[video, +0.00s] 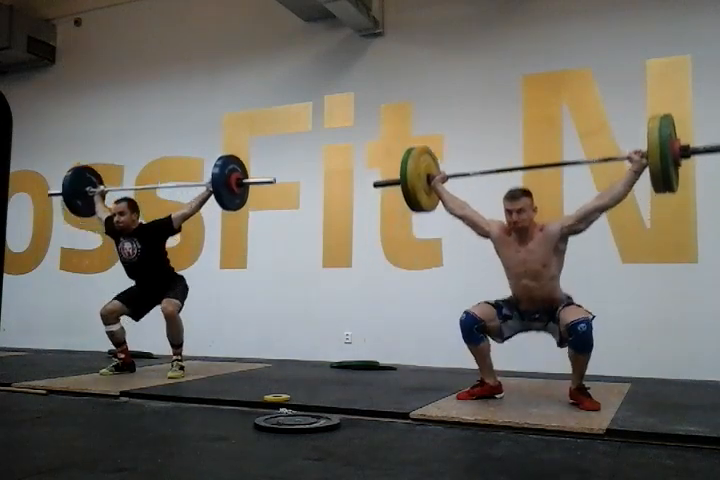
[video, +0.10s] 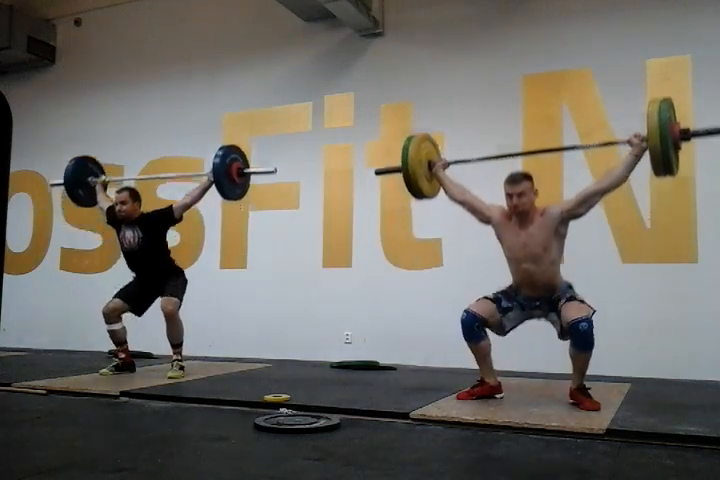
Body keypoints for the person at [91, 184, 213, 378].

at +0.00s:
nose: (117, 219)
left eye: (121, 215)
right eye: (114, 216)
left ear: (135, 215)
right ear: (113, 218)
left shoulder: (153, 230)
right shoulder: (117, 233)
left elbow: (188, 210)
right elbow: (102, 213)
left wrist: (210, 189)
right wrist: (97, 196)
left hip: (170, 284)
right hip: (144, 288)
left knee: (169, 310)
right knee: (108, 313)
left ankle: (177, 361)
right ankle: (124, 361)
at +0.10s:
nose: (119, 208)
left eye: (123, 203)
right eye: (117, 205)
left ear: (137, 204)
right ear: (115, 207)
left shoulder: (155, 220)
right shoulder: (118, 222)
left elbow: (186, 202)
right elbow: (103, 203)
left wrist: (211, 179)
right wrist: (98, 186)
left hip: (169, 276)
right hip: (144, 280)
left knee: (169, 309)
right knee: (110, 311)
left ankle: (177, 361)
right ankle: (124, 360)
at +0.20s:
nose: (121, 195)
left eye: (125, 191)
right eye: (119, 192)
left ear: (139, 192)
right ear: (118, 195)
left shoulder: (158, 207)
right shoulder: (121, 210)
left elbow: (191, 188)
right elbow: (106, 191)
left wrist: (213, 166)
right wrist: (101, 174)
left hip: (168, 269)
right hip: (142, 272)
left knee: (168, 306)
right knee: (113, 309)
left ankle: (177, 360)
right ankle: (125, 361)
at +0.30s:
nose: (123, 181)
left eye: (128, 177)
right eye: (122, 178)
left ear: (142, 179)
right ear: (121, 181)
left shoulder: (160, 194)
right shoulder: (123, 196)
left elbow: (191, 176)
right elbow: (109, 181)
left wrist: (213, 154)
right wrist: (105, 162)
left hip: (167, 261)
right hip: (140, 263)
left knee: (170, 304)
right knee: (121, 306)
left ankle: (178, 360)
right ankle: (125, 359)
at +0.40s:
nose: (129, 172)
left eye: (133, 168)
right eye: (128, 169)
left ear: (147, 169)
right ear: (128, 171)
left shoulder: (166, 185)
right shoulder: (128, 187)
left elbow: (194, 166)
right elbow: (112, 167)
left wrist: (216, 142)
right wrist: (108, 152)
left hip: (168, 258)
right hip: (141, 259)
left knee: (170, 304)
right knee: (128, 306)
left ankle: (182, 358)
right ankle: (126, 359)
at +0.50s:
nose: (139, 168)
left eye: (143, 164)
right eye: (137, 164)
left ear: (156, 164)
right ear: (135, 167)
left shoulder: (172, 182)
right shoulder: (135, 184)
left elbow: (200, 162)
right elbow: (118, 164)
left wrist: (219, 136)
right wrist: (111, 148)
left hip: (171, 257)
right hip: (145, 257)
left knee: (175, 306)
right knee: (136, 305)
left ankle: (182, 359)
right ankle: (128, 358)